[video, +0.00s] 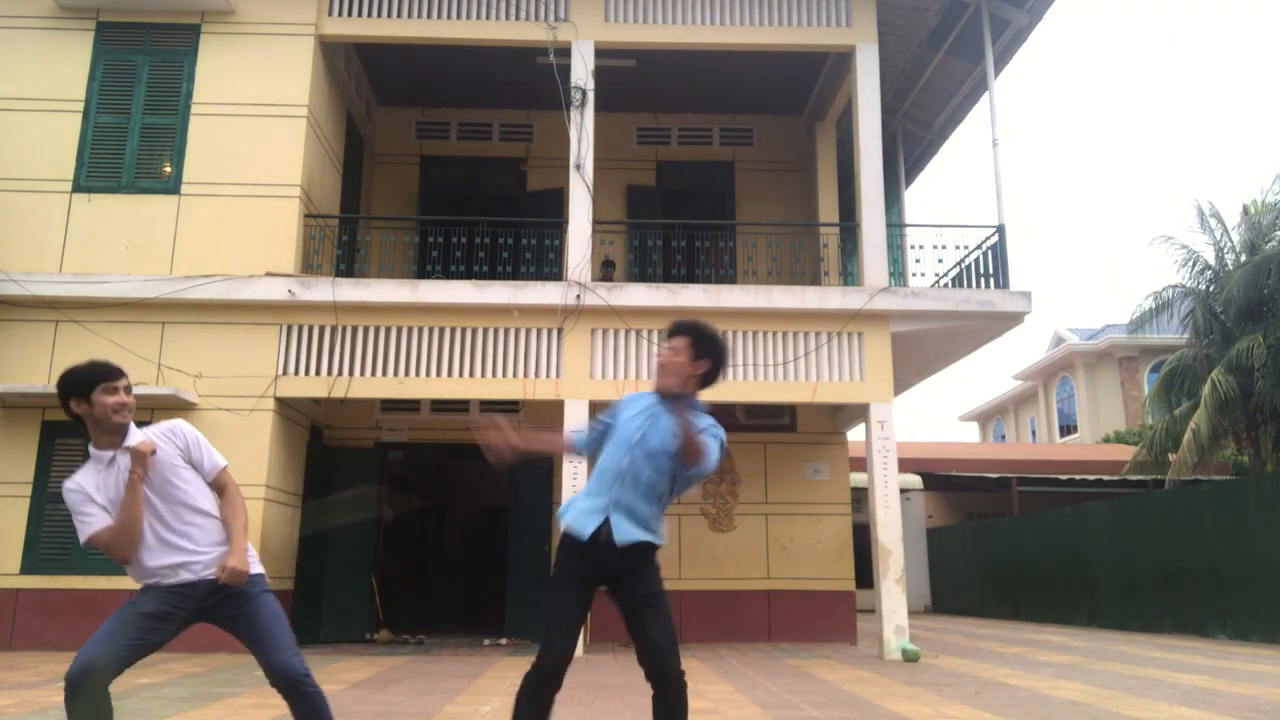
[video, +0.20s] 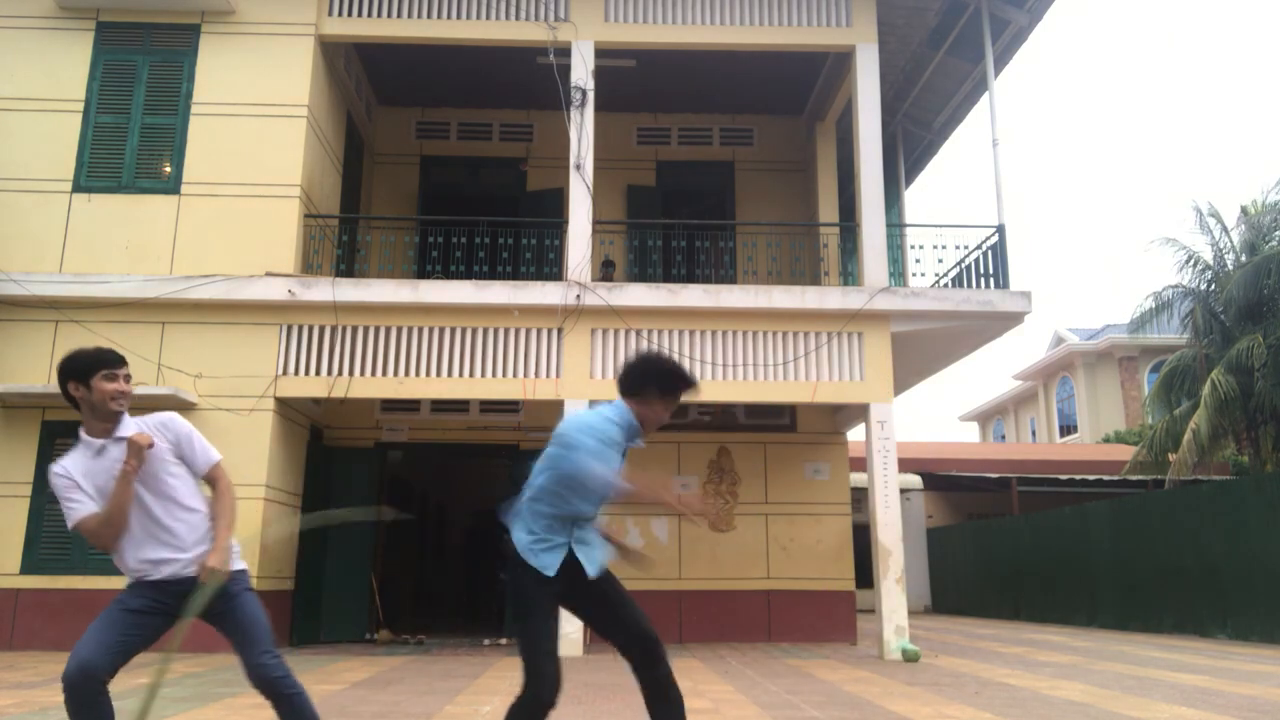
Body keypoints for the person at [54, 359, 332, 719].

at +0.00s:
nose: (124, 400)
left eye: (126, 391)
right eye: (109, 392)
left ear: (134, 396)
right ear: (78, 406)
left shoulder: (175, 434)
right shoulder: (80, 486)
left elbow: (227, 487)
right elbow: (120, 549)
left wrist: (238, 551)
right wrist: (137, 475)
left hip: (234, 579)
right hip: (165, 592)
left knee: (290, 673)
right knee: (84, 676)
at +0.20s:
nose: (123, 387)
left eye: (126, 379)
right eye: (109, 379)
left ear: (131, 384)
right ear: (77, 391)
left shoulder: (167, 427)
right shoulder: (67, 470)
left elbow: (221, 481)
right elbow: (103, 539)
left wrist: (220, 547)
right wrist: (130, 469)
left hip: (217, 574)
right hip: (152, 586)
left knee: (268, 672)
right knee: (81, 675)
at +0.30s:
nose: (106, 374)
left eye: (110, 365)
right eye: (93, 366)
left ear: (115, 369)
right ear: (58, 376)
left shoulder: (146, 415)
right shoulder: (42, 449)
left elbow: (190, 479)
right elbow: (61, 523)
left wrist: (191, 554)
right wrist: (105, 464)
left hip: (185, 569)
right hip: (119, 580)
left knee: (243, 666)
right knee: (68, 675)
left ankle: (291, 716)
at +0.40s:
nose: (22, 409)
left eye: (27, 396)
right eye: (9, 405)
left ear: (41, 395)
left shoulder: (99, 430)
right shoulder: (11, 467)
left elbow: (163, 475)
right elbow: (4, 523)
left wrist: (152, 534)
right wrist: (34, 479)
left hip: (159, 573)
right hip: (88, 582)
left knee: (213, 662)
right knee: (12, 658)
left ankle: (252, 717)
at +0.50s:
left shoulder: (41, 507)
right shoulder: (12, 519)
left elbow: (130, 487)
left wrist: (117, 545)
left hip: (132, 604)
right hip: (62, 607)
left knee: (193, 670)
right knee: (0, 659)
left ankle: (235, 714)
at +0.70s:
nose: (12, 701)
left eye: (8, 695)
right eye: (7, 697)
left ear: (11, 678)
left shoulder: (72, 653)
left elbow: (136, 612)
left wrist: (70, 678)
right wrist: (62, 674)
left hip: (110, 609)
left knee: (155, 692)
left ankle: (211, 716)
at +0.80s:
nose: (34, 701)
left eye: (29, 693)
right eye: (24, 702)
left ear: (29, 669)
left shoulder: (84, 643)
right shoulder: (3, 630)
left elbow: (137, 606)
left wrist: (92, 681)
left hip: (113, 611)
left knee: (163, 689)